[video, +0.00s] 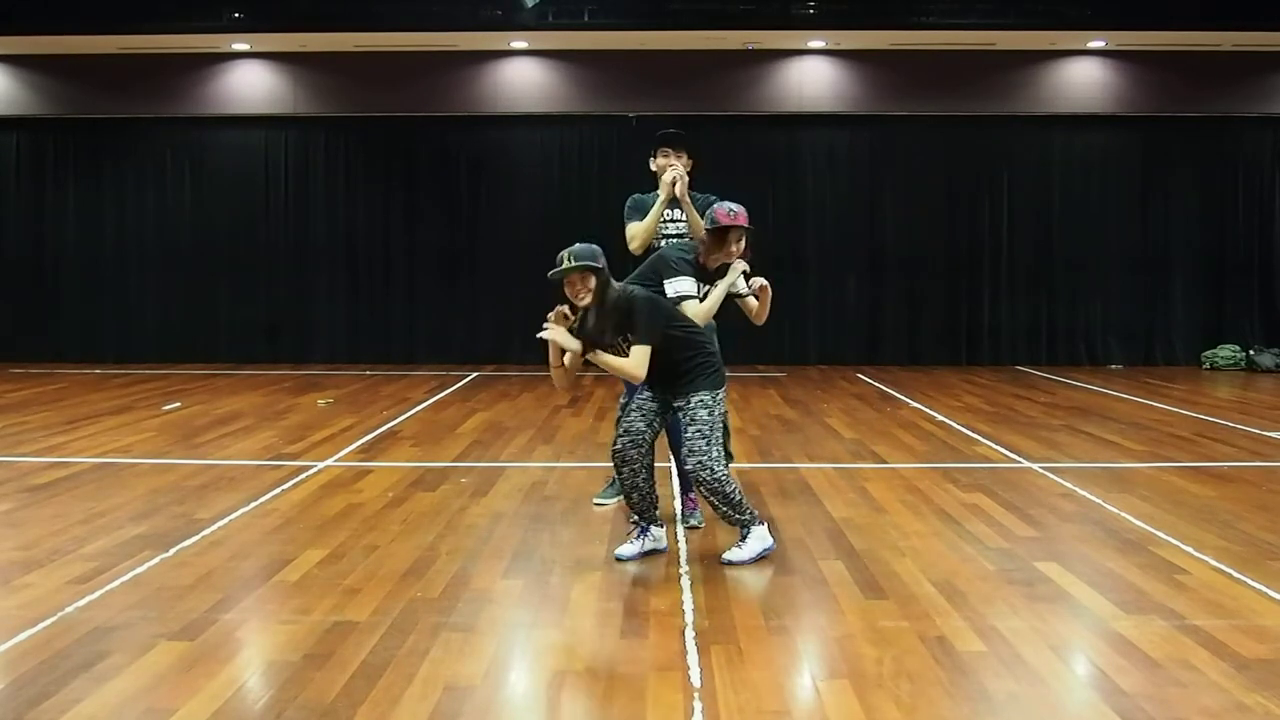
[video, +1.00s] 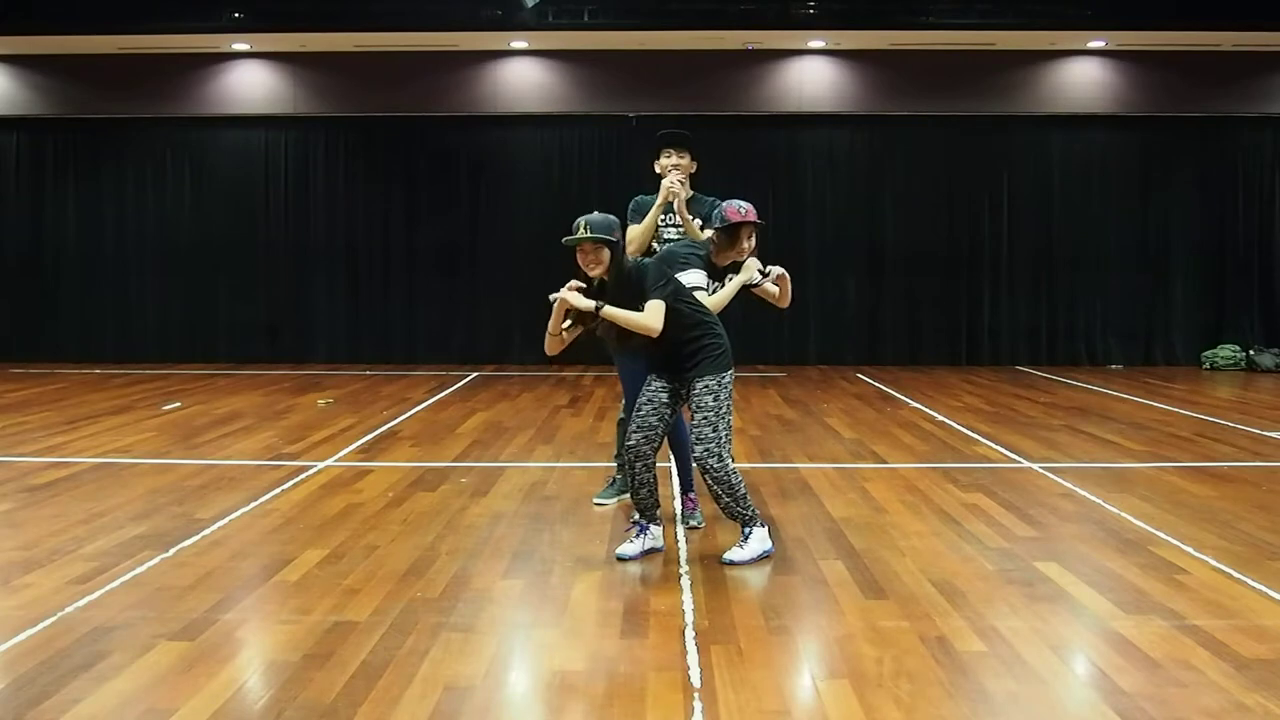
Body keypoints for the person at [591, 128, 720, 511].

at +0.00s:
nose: (671, 164)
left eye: (677, 157)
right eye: (664, 157)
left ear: (690, 164)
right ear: (652, 163)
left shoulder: (704, 204)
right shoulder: (639, 203)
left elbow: (709, 244)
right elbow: (635, 245)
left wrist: (684, 202)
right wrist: (663, 198)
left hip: (694, 309)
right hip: (643, 317)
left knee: (705, 393)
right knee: (634, 395)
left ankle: (711, 463)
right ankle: (624, 474)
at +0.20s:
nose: (670, 161)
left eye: (676, 154)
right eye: (663, 155)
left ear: (688, 161)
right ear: (650, 162)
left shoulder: (707, 199)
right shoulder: (638, 200)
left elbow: (717, 239)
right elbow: (631, 241)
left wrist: (688, 199)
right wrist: (659, 195)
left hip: (698, 310)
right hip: (645, 317)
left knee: (711, 391)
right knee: (635, 395)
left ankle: (718, 465)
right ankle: (624, 472)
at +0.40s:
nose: (671, 166)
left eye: (678, 159)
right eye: (665, 159)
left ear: (691, 167)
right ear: (654, 167)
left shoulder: (702, 205)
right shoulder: (642, 205)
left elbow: (712, 246)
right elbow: (635, 251)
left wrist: (687, 211)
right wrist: (663, 206)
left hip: (692, 315)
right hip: (642, 315)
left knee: (693, 400)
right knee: (634, 397)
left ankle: (699, 477)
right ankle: (624, 473)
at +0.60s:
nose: (671, 164)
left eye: (679, 158)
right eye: (665, 157)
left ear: (693, 166)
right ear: (655, 164)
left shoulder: (705, 204)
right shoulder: (640, 203)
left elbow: (713, 244)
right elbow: (629, 243)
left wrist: (685, 204)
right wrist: (660, 198)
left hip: (685, 323)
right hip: (636, 316)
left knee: (677, 411)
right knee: (633, 401)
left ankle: (688, 493)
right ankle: (624, 475)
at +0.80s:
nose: (671, 164)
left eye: (679, 158)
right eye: (665, 158)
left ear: (692, 166)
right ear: (654, 166)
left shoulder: (705, 207)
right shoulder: (641, 206)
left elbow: (713, 248)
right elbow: (631, 249)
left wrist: (685, 210)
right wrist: (658, 203)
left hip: (690, 317)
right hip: (640, 311)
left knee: (680, 409)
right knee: (634, 398)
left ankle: (688, 492)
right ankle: (624, 474)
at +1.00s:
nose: (672, 165)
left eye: (679, 159)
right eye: (665, 159)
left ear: (693, 166)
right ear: (655, 166)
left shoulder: (707, 208)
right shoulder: (642, 204)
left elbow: (711, 249)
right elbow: (631, 249)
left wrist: (683, 213)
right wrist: (660, 204)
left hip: (686, 323)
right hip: (637, 318)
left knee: (677, 409)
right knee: (633, 400)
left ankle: (687, 493)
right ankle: (624, 475)